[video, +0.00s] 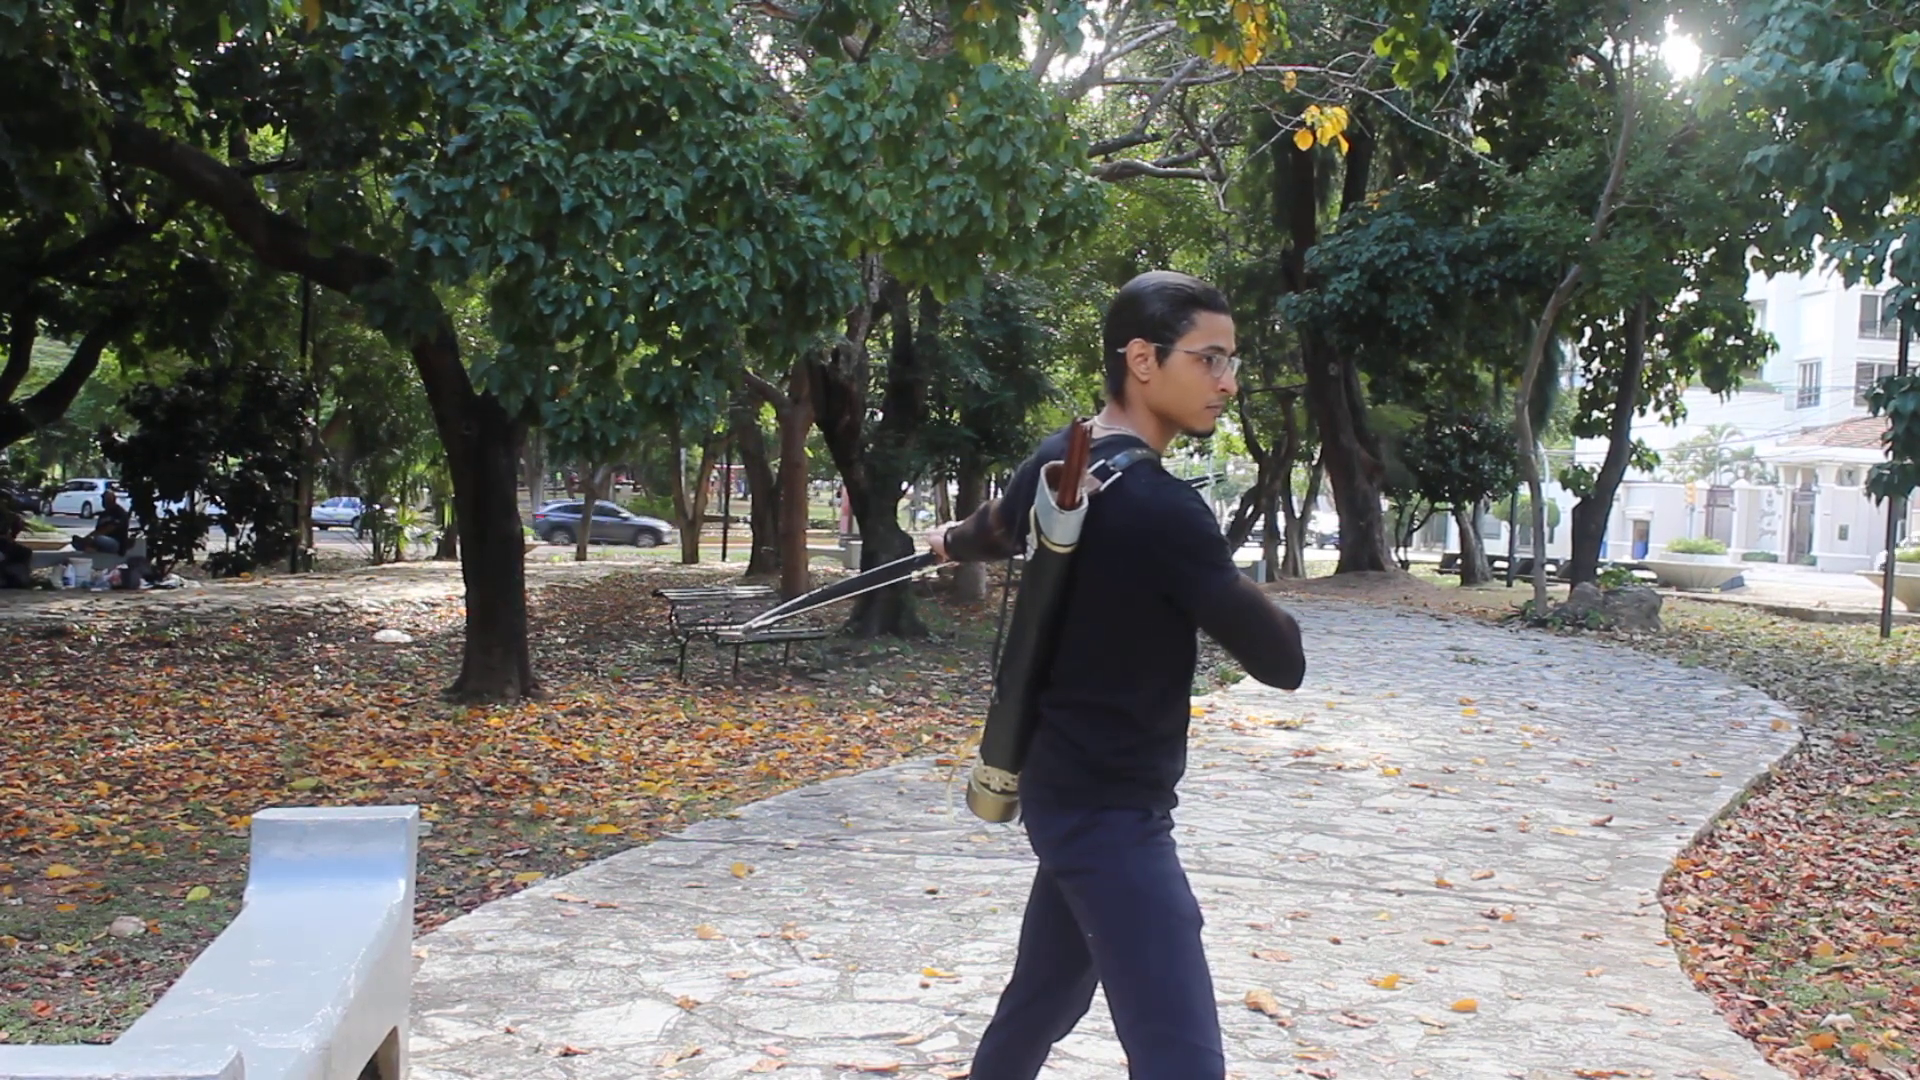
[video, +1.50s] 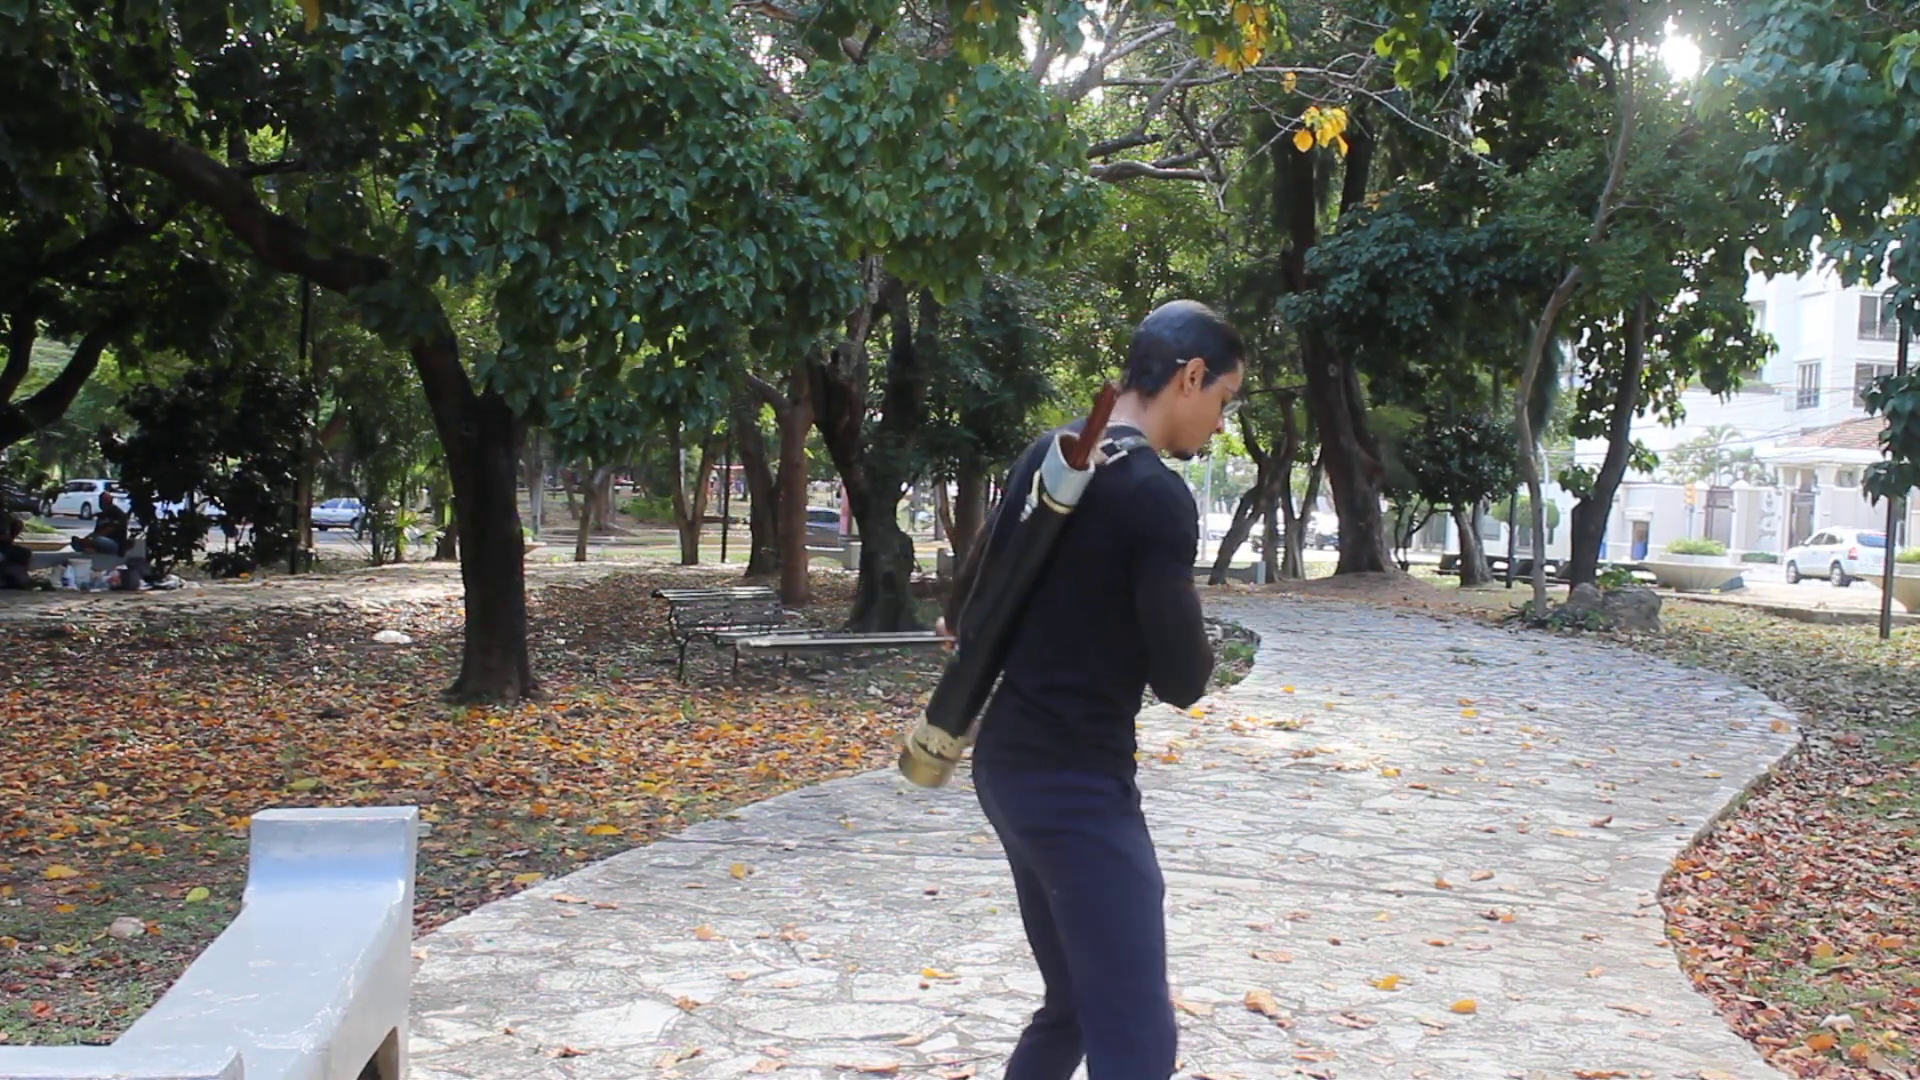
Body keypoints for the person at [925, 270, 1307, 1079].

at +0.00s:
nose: (1230, 383)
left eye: (1232, 360)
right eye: (1210, 358)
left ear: (1142, 369)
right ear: (1142, 362)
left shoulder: (1062, 454)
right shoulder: (1164, 505)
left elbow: (996, 527)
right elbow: (1284, 661)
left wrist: (953, 541)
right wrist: (1232, 589)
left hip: (1071, 791)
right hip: (1111, 811)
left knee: (1041, 1005)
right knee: (1182, 1058)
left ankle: (988, 1076)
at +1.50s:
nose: (1221, 423)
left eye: (1229, 405)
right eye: (1225, 399)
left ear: (1138, 373)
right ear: (1188, 376)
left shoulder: (1044, 456)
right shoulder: (1156, 491)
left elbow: (980, 609)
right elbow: (1182, 679)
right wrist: (1193, 631)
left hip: (1013, 763)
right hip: (1078, 779)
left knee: (1070, 1012)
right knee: (1137, 1041)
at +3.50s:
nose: (1190, 393)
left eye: (1192, 375)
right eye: (1176, 372)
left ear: (1111, 377)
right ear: (1116, 372)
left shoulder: (1029, 456)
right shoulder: (1137, 494)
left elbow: (958, 554)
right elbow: (1225, 630)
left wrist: (907, 599)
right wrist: (1161, 565)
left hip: (1021, 747)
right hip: (1068, 765)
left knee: (1006, 959)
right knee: (1102, 997)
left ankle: (968, 1071)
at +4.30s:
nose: (1219, 425)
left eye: (1226, 406)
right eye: (1202, 403)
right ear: (1142, 402)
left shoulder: (1089, 475)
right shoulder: (1140, 517)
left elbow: (1013, 567)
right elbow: (1240, 679)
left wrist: (956, 624)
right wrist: (1187, 592)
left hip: (1075, 784)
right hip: (1069, 796)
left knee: (1046, 980)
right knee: (1155, 1018)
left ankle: (988, 1072)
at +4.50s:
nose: (1214, 417)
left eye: (1225, 395)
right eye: (1191, 395)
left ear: (1236, 394)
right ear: (1136, 395)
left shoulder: (1167, 505)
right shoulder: (1103, 513)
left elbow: (1162, 654)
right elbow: (1187, 689)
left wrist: (1215, 647)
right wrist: (1250, 646)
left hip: (1158, 803)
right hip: (1079, 806)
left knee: (1146, 1025)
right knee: (1155, 1047)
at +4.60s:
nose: (1192, 404)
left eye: (1207, 380)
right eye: (1168, 381)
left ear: (1224, 381)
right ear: (1124, 383)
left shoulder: (1183, 495)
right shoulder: (1077, 507)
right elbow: (1109, 684)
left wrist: (1239, 642)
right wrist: (1247, 660)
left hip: (1185, 798)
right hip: (1085, 805)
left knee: (1235, 1026)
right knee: (1146, 1056)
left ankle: (1155, 1067)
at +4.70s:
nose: (1163, 387)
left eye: (1182, 364)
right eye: (1141, 365)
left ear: (1208, 364)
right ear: (1106, 366)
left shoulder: (1221, 485)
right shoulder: (1053, 496)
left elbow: (1312, 556)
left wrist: (1412, 601)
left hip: (1210, 801)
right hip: (1090, 810)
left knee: (1282, 1044)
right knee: (1133, 1062)